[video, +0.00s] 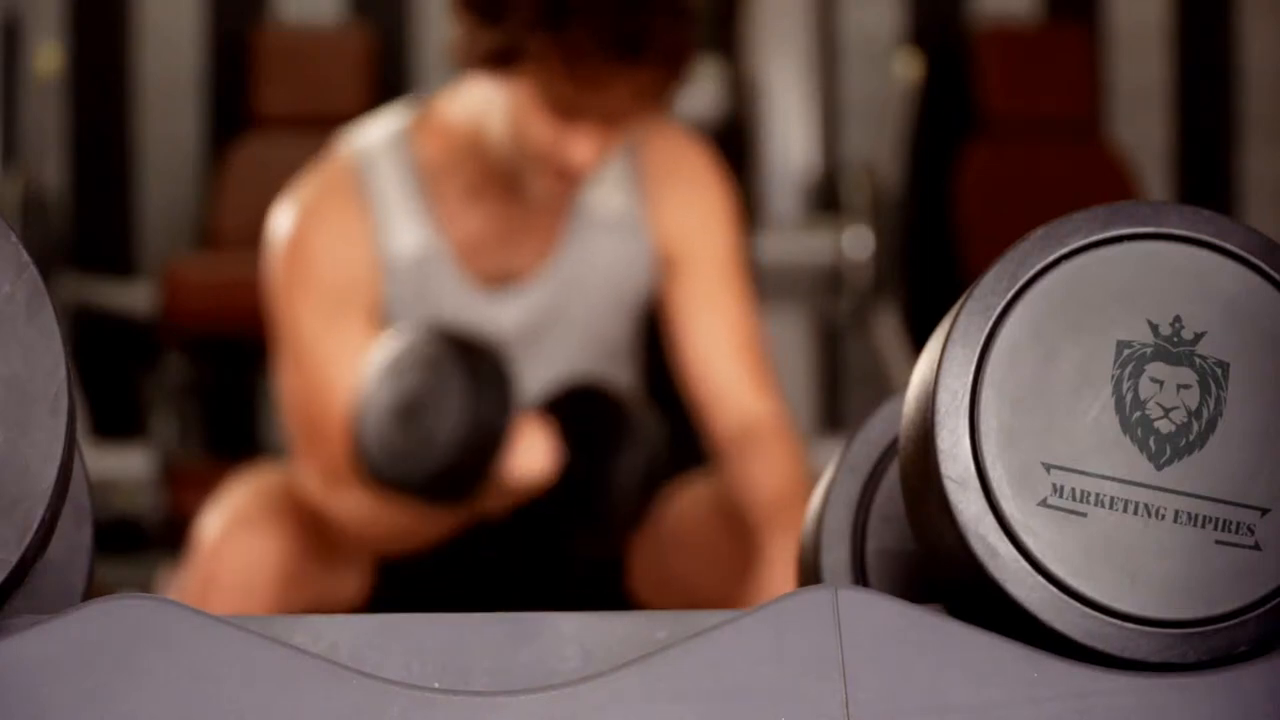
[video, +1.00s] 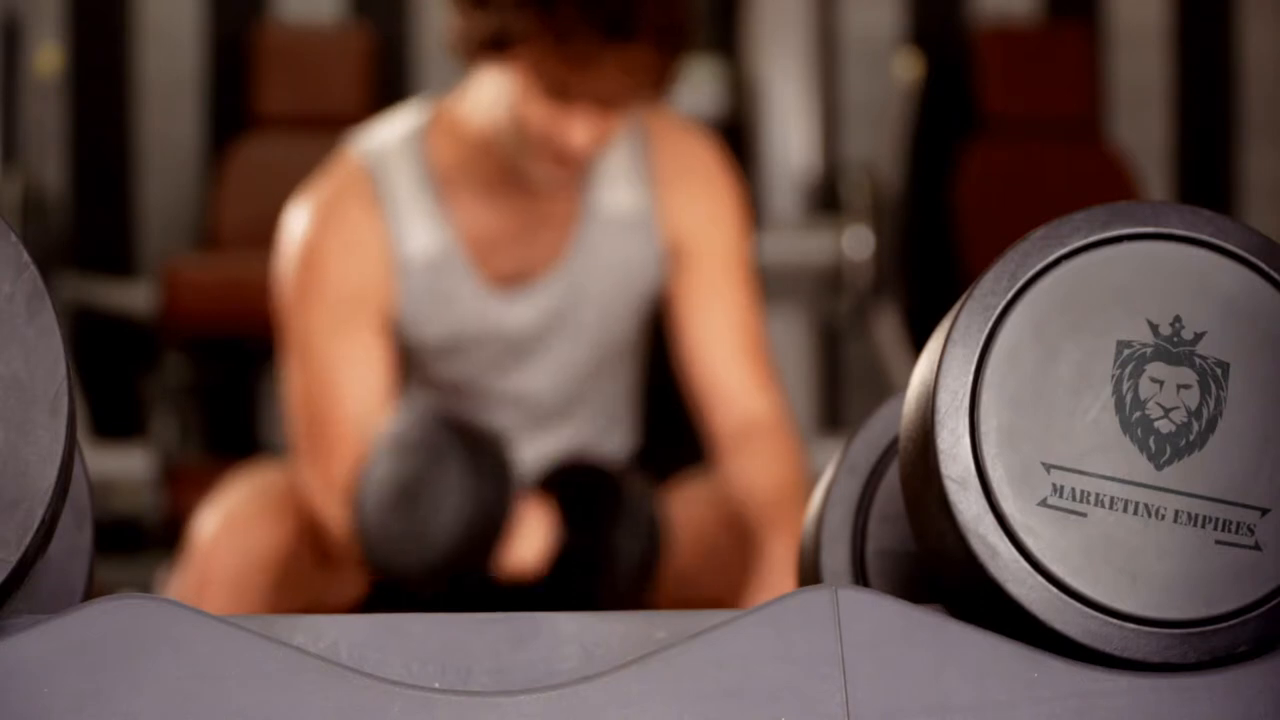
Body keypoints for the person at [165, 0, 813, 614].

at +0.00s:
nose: (588, 153)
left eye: (618, 121)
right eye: (566, 112)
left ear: (652, 93)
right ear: (500, 58)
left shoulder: (670, 170)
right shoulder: (333, 208)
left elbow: (748, 421)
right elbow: (342, 500)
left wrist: (788, 576)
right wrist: (497, 479)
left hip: (598, 525)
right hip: (403, 534)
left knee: (782, 531)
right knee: (248, 534)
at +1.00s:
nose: (582, 137)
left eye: (614, 105)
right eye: (558, 96)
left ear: (652, 82)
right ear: (495, 46)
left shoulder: (680, 166)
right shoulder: (346, 212)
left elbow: (750, 423)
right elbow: (349, 496)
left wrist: (778, 578)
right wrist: (577, 530)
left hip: (599, 542)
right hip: (412, 544)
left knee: (789, 517)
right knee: (243, 522)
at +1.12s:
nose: (583, 137)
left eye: (615, 105)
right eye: (559, 96)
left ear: (655, 85)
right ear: (495, 47)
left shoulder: (687, 169)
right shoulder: (356, 216)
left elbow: (749, 424)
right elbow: (343, 512)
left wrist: (774, 575)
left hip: (606, 513)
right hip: (418, 522)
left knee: (793, 538)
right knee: (238, 532)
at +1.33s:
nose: (588, 146)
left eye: (621, 115)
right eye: (564, 105)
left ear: (662, 94)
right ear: (502, 53)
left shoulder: (692, 172)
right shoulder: (372, 224)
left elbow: (752, 428)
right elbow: (346, 529)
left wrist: (772, 580)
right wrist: (415, 700)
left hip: (600, 523)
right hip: (416, 530)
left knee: (786, 534)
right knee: (242, 531)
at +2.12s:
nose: (596, 220)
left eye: (631, 188)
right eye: (570, 176)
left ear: (676, 177)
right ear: (508, 136)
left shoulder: (696, 188)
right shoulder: (388, 263)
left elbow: (734, 441)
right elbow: (338, 554)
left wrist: (666, 550)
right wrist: (346, 717)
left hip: (595, 523)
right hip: (408, 530)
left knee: (756, 555)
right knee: (228, 537)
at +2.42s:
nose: (611, 171)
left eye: (648, 139)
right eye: (584, 127)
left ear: (695, 130)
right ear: (523, 98)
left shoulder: (729, 170)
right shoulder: (410, 200)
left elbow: (733, 425)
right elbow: (337, 495)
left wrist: (605, 613)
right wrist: (357, 693)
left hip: (586, 448)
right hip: (386, 450)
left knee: (746, 566)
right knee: (230, 542)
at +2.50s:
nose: (607, 103)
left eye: (643, 70)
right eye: (578, 60)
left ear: (686, 68)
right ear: (520, 42)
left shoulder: (728, 123)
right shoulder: (408, 136)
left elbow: (715, 385)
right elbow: (332, 430)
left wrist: (612, 614)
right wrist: (361, 653)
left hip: (586, 395)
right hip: (386, 397)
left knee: (734, 568)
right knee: (228, 558)